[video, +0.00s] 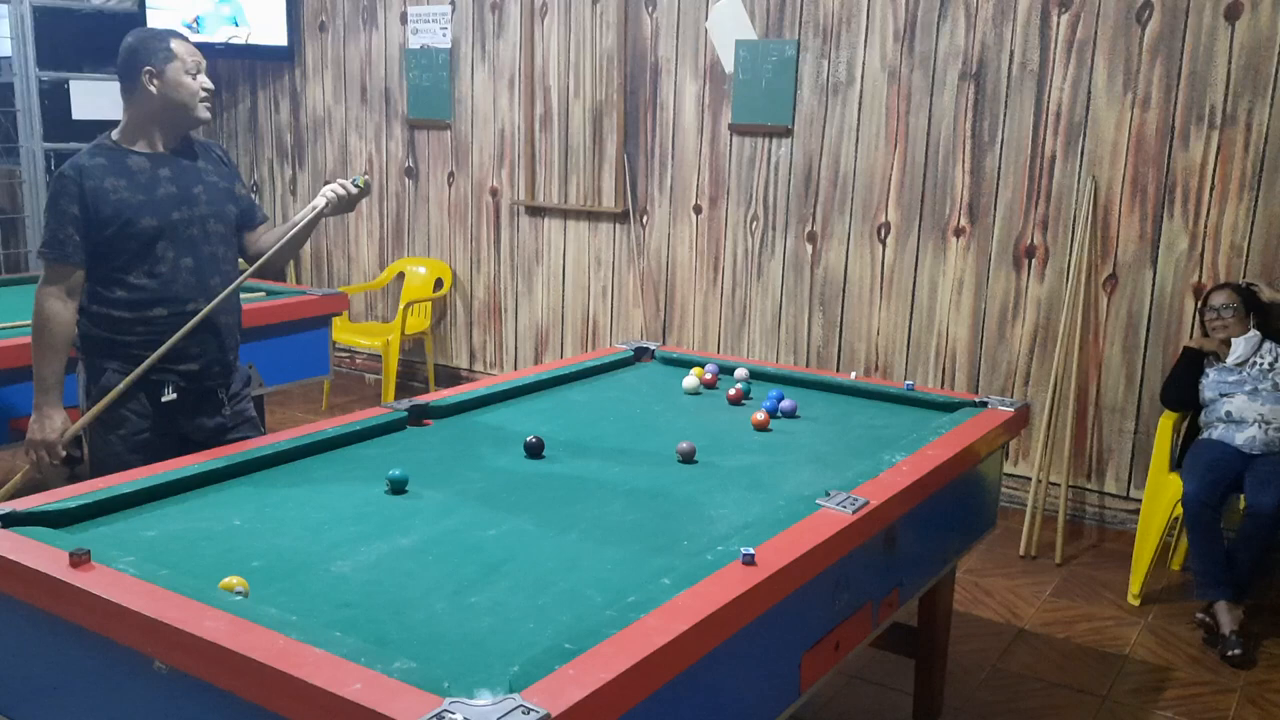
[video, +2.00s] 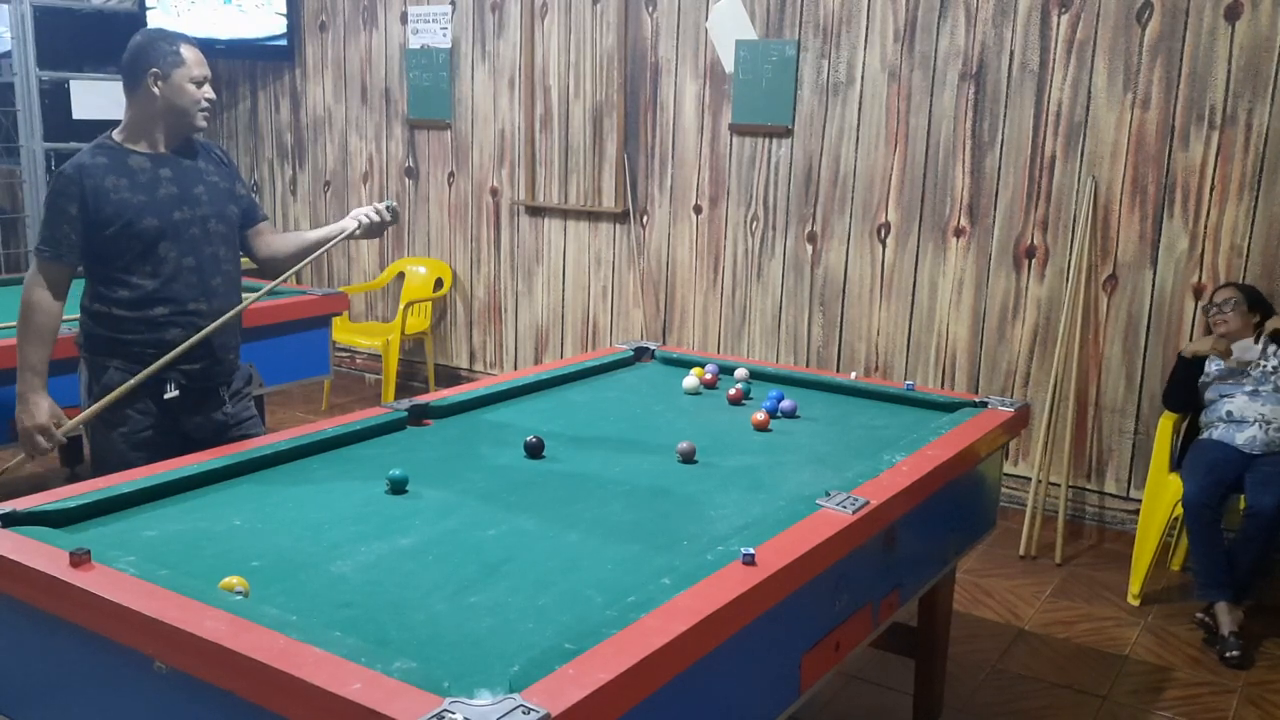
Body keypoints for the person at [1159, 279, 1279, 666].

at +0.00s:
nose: (1221, 316)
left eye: (1230, 309)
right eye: (1212, 310)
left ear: (1249, 316)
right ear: (1203, 318)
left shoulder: (1270, 351)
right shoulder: (1201, 358)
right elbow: (1172, 400)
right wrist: (1195, 348)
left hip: (1270, 446)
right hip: (1220, 440)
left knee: (1266, 509)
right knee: (1196, 496)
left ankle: (1221, 603)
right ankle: (1225, 609)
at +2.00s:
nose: (1218, 313)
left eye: (1229, 305)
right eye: (1213, 310)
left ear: (1257, 315)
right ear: (1209, 321)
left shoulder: (1273, 349)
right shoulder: (1206, 357)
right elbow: (1176, 405)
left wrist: (1272, 338)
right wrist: (1190, 353)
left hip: (1270, 448)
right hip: (1219, 442)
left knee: (1267, 511)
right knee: (1196, 498)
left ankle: (1220, 604)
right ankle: (1225, 611)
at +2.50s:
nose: (1229, 315)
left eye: (1238, 308)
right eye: (1220, 309)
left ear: (1258, 316)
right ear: (1210, 318)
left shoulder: (1273, 348)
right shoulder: (1203, 359)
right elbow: (1176, 405)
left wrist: (1277, 333)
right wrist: (1184, 355)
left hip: (1270, 448)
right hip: (1219, 443)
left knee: (1267, 510)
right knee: (1196, 498)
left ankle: (1221, 603)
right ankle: (1225, 610)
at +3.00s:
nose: (1237, 318)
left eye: (1248, 312)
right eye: (1230, 311)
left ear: (1264, 319)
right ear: (1218, 318)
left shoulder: (1276, 354)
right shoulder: (1207, 358)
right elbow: (1175, 405)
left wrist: (1274, 381)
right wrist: (1190, 356)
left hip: (1270, 449)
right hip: (1220, 442)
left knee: (1267, 510)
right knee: (1197, 498)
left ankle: (1221, 603)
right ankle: (1225, 610)